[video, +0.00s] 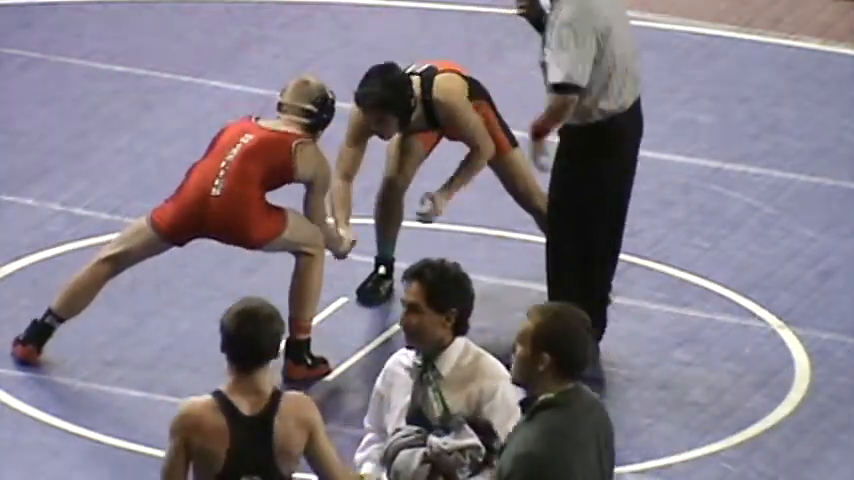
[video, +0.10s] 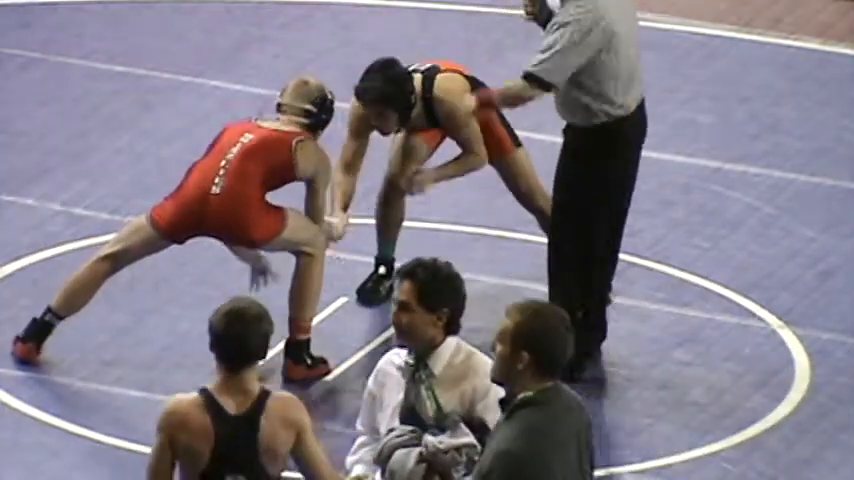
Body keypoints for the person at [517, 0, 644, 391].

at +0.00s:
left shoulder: (572, 15)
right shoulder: (593, 5)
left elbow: (566, 98)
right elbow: (568, 49)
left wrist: (538, 130)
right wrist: (535, 16)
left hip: (593, 130)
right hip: (619, 118)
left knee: (568, 231)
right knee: (597, 229)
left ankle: (567, 332)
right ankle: (588, 327)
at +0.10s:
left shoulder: (585, 16)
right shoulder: (609, 5)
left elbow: (530, 88)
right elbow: (584, 50)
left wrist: (485, 98)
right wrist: (545, 17)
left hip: (598, 133)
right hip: (619, 121)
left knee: (573, 239)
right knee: (593, 235)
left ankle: (574, 350)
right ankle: (583, 343)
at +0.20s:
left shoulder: (587, 18)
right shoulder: (624, 6)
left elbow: (512, 58)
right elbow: (596, 38)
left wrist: (460, 43)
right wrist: (552, 24)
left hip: (601, 134)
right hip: (627, 125)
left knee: (572, 242)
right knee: (602, 235)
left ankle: (569, 356)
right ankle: (605, 336)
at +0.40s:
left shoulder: (614, 15)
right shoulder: (662, 5)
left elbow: (535, 16)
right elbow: (640, 46)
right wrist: (583, 65)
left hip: (613, 135)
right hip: (643, 127)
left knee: (580, 245)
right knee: (625, 237)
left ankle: (568, 356)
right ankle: (668, 335)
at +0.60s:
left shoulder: (651, 16)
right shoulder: (696, 8)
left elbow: (584, 2)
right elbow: (677, 66)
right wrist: (628, 89)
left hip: (649, 147)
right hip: (679, 140)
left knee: (606, 260)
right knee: (667, 255)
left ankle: (565, 360)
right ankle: (680, 362)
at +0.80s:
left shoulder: (688, 16)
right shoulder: (730, 8)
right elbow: (714, 67)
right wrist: (666, 96)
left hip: (687, 147)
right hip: (713, 141)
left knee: (625, 243)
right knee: (689, 255)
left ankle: (613, 355)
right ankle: (682, 363)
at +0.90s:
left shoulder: (711, 22)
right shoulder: (744, 9)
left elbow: (643, 4)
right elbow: (734, 74)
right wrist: (685, 101)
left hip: (704, 151)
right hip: (722, 143)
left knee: (642, 244)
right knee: (694, 254)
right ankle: (684, 359)